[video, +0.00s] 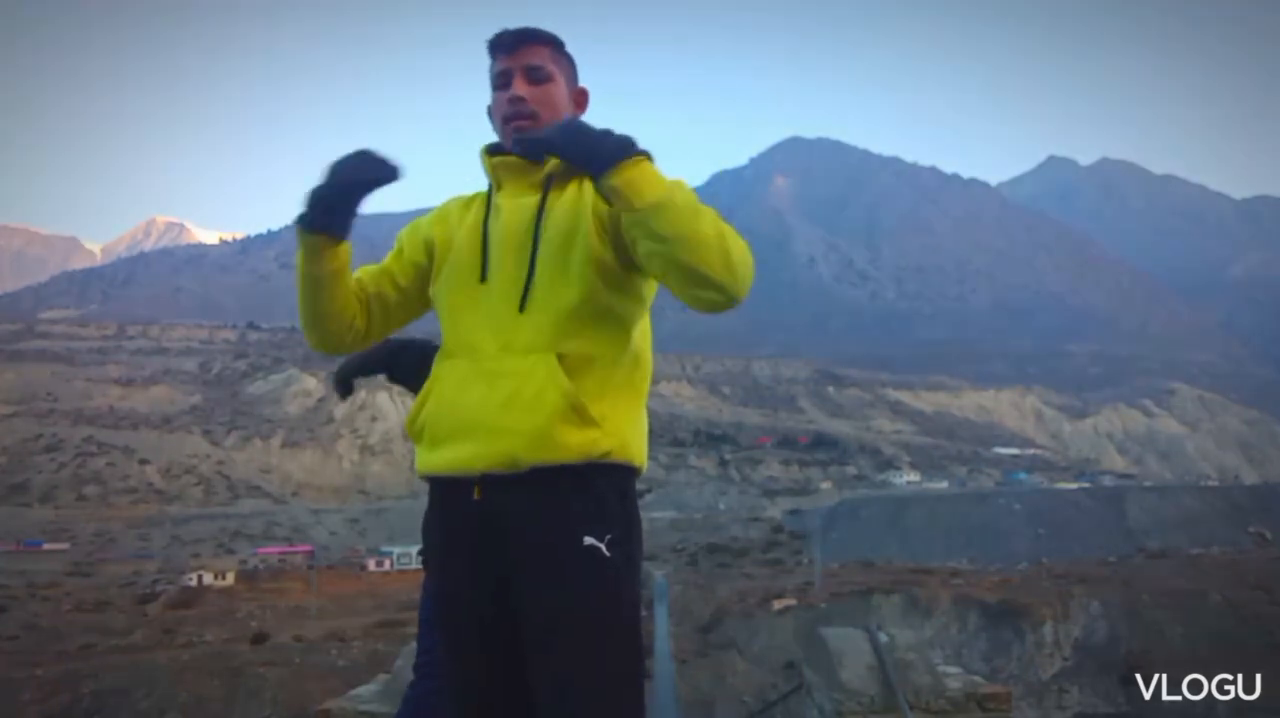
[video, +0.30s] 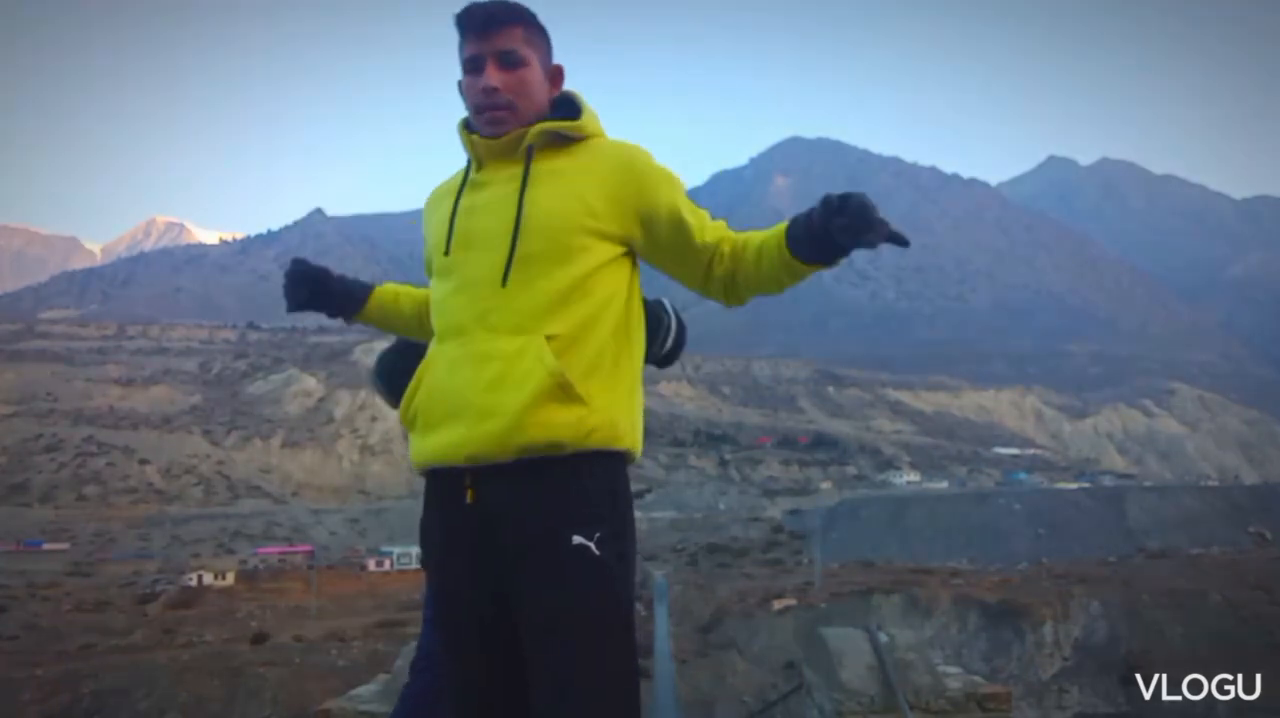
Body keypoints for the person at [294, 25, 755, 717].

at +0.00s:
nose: (516, 92)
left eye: (537, 77)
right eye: (502, 82)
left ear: (577, 98)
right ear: (489, 106)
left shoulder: (611, 196)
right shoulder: (449, 223)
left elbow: (725, 283)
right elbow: (337, 328)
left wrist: (622, 167)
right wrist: (325, 227)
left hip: (579, 498)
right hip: (460, 501)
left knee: (589, 697)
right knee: (458, 695)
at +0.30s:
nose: (487, 81)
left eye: (508, 63)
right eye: (472, 68)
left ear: (551, 76)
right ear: (458, 86)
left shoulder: (615, 169)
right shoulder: (446, 201)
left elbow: (723, 263)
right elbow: (456, 317)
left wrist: (803, 242)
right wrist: (351, 297)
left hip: (568, 474)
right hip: (456, 480)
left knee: (582, 694)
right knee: (467, 689)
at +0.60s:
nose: (520, 115)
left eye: (539, 97)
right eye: (505, 102)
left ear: (579, 102)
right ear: (493, 113)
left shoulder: (619, 183)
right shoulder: (463, 231)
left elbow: (669, 279)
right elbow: (364, 334)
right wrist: (298, 305)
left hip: (579, 492)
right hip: (466, 498)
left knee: (586, 695)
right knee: (477, 692)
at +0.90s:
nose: (493, 105)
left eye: (510, 85)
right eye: (483, 92)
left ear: (562, 83)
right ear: (475, 101)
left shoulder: (614, 168)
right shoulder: (471, 232)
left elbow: (752, 272)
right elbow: (424, 364)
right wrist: (311, 348)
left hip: (592, 482)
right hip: (478, 494)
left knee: (593, 692)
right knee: (501, 695)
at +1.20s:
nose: (497, 92)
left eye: (505, 66)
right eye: (496, 72)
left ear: (558, 56)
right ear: (555, 61)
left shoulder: (635, 131)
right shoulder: (541, 173)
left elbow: (776, 212)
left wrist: (780, 241)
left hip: (614, 478)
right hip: (533, 482)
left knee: (616, 694)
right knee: (529, 696)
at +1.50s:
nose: (580, 50)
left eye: (585, 20)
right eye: (581, 25)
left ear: (623, 11)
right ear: (647, 17)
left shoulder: (674, 78)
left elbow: (609, 177)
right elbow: (654, 350)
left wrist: (375, 176)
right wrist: (508, 359)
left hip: (694, 457)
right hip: (644, 457)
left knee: (679, 698)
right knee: (600, 696)